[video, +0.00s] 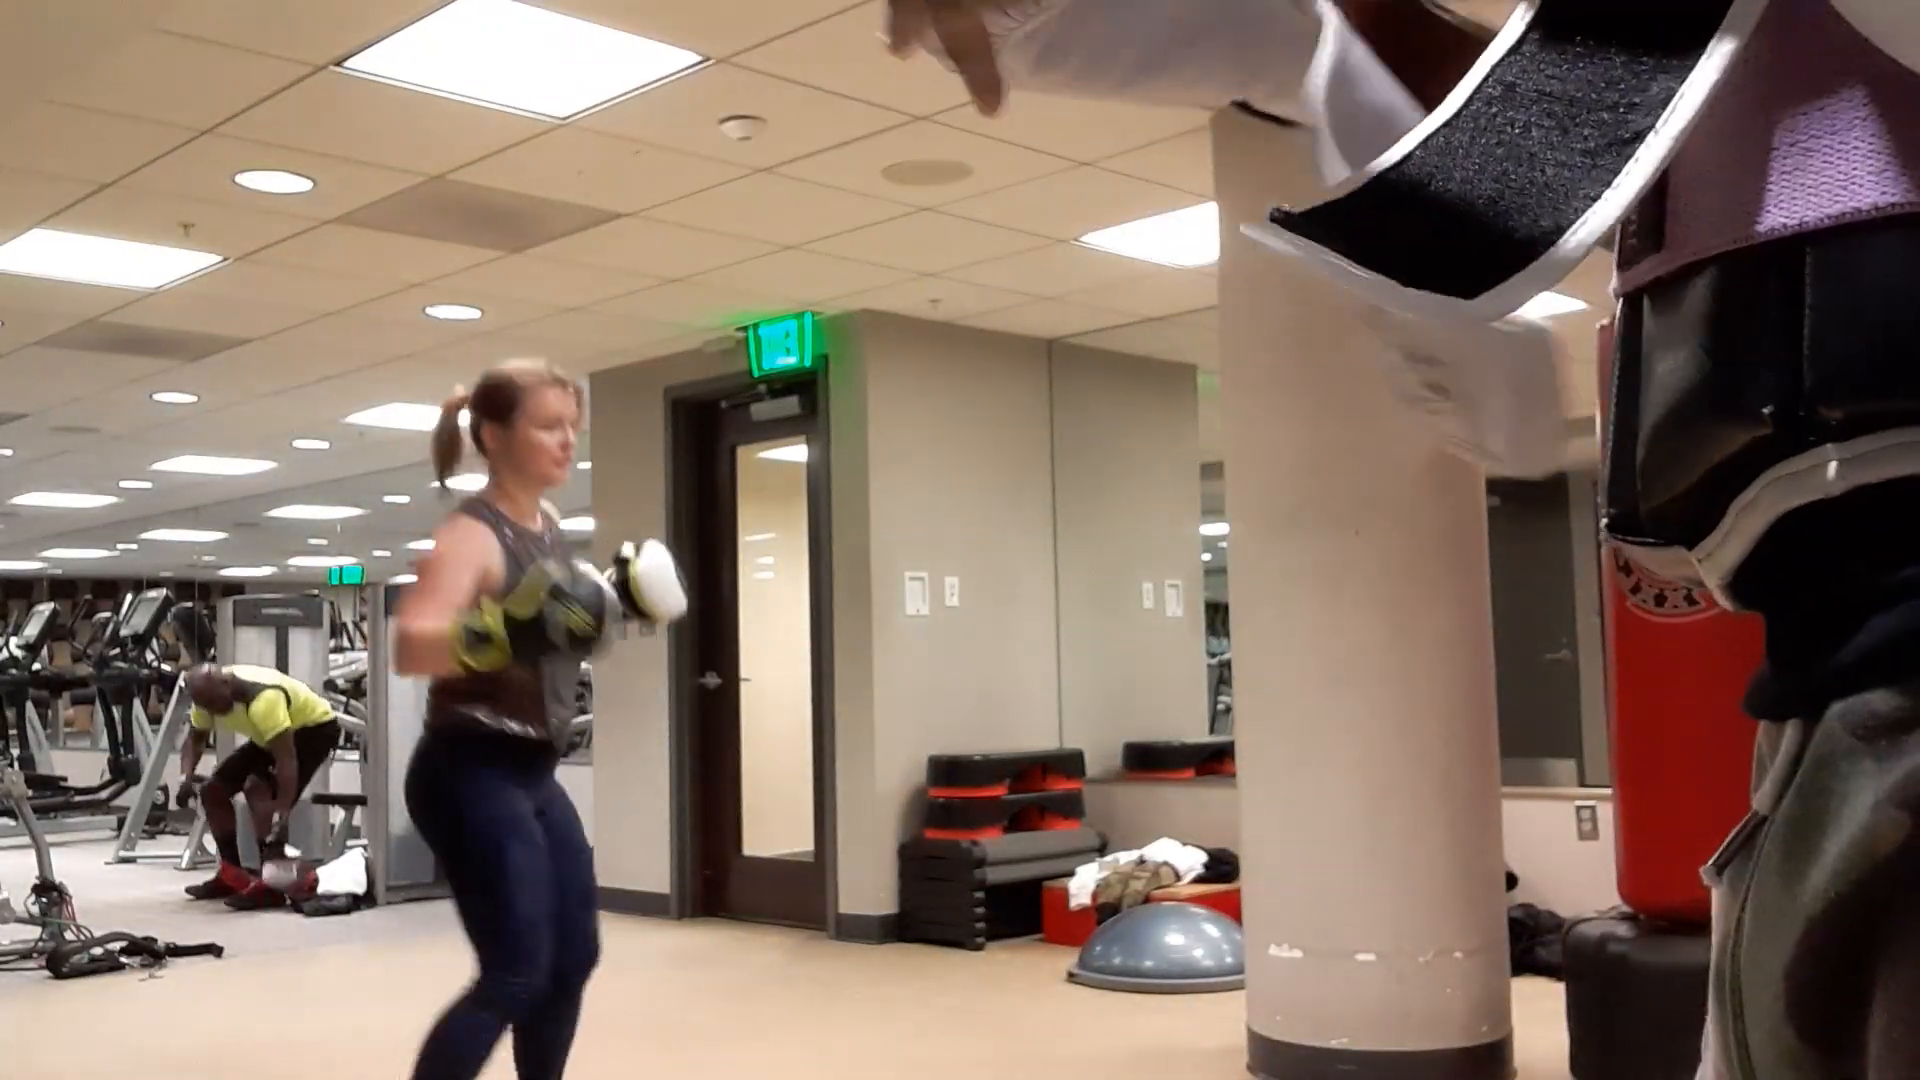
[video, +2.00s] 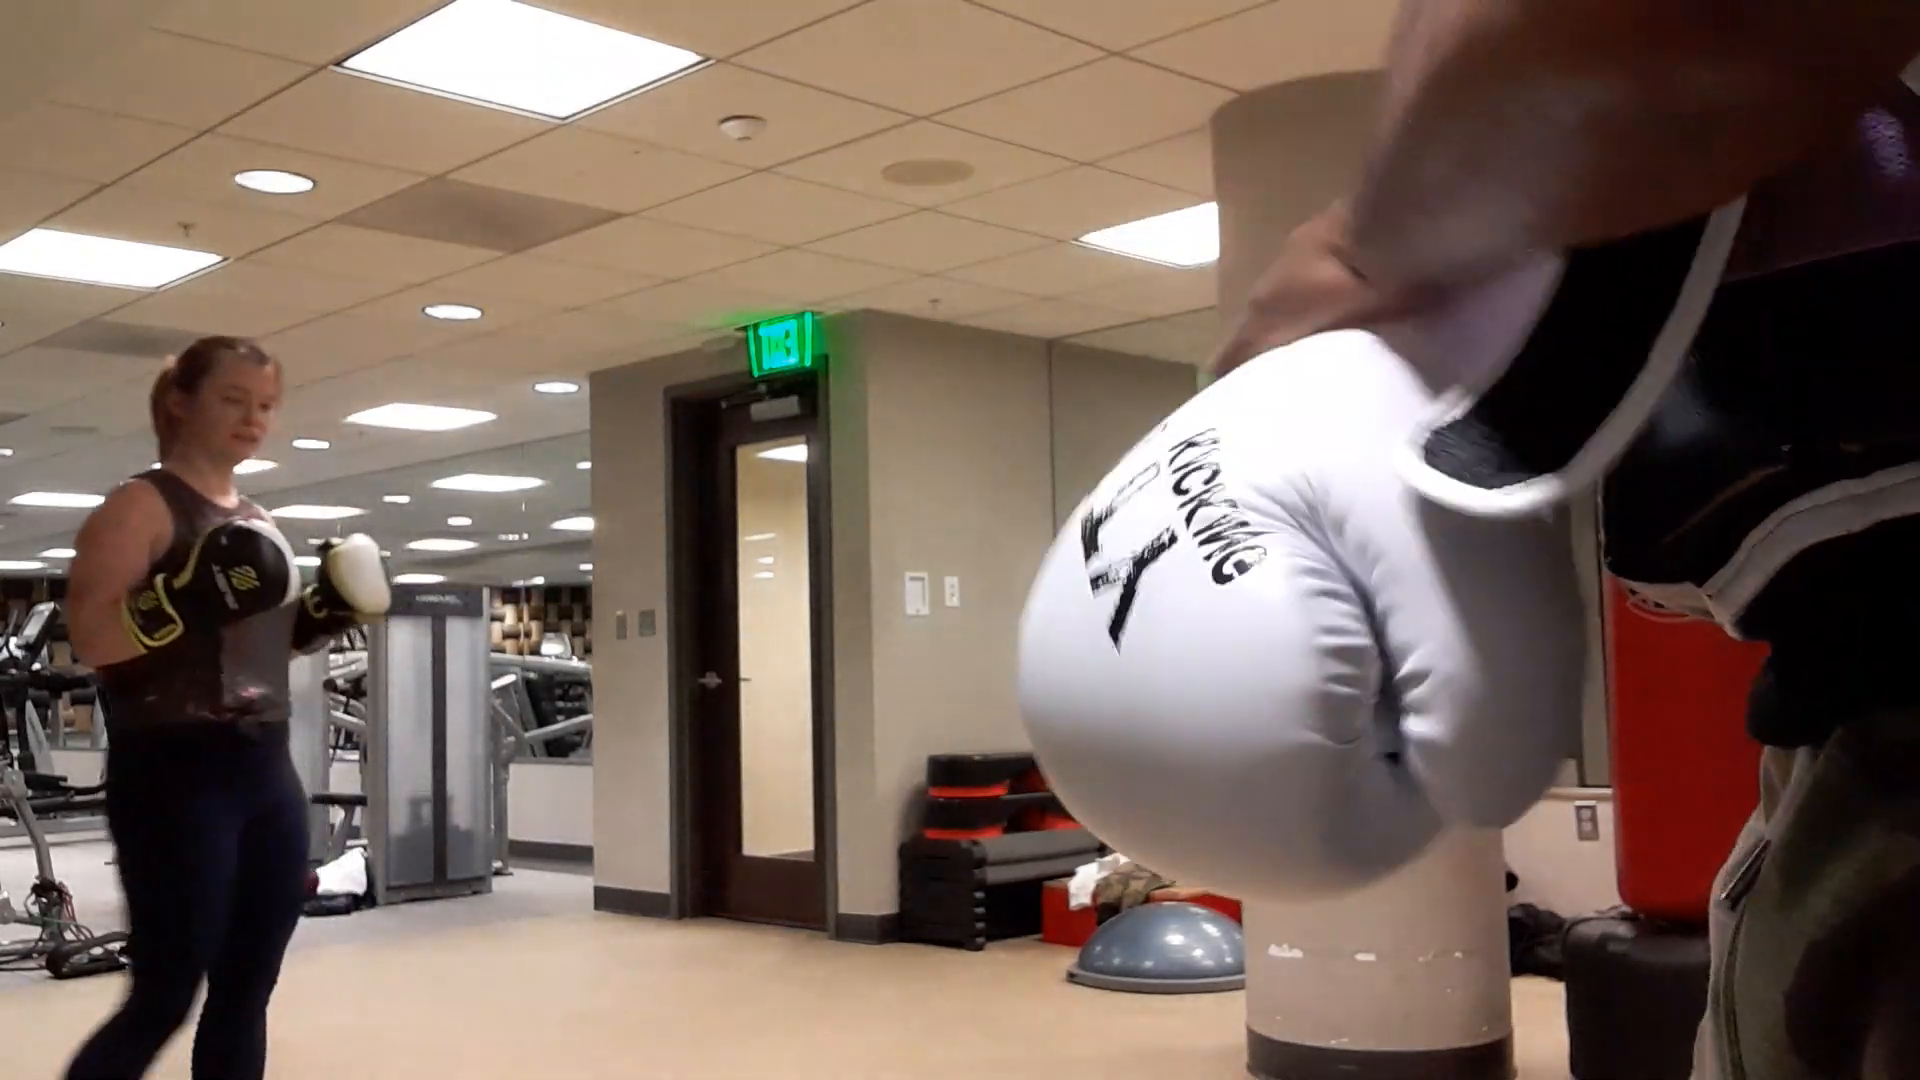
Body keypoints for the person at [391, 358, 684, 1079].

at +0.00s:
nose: (567, 442)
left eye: (571, 428)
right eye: (549, 427)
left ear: (574, 434)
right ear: (494, 435)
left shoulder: (545, 529)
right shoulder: (470, 533)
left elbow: (554, 629)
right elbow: (411, 647)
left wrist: (621, 604)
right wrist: (513, 627)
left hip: (532, 769)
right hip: (468, 770)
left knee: (571, 956)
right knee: (518, 970)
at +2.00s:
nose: (254, 420)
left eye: (266, 407)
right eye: (235, 401)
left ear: (275, 416)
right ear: (180, 403)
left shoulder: (249, 516)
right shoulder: (137, 507)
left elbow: (252, 646)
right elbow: (92, 640)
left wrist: (320, 615)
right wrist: (186, 601)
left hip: (263, 769)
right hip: (170, 772)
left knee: (244, 993)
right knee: (163, 995)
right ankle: (89, 1073)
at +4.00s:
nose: (184, 407)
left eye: (201, 392)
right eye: (162, 386)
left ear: (214, 406)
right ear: (112, 394)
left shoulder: (232, 514)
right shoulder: (65, 503)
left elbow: (241, 658)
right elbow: (6, 649)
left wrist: (288, 613)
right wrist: (64, 605)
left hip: (229, 781)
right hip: (107, 781)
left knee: (214, 1013)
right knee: (67, 1013)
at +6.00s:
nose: (181, 409)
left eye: (196, 395)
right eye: (160, 388)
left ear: (207, 407)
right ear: (105, 392)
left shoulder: (222, 517)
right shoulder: (53, 503)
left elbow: (222, 659)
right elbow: (3, 645)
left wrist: (278, 616)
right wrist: (64, 607)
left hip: (216, 777)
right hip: (95, 777)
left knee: (208, 1008)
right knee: (63, 1008)